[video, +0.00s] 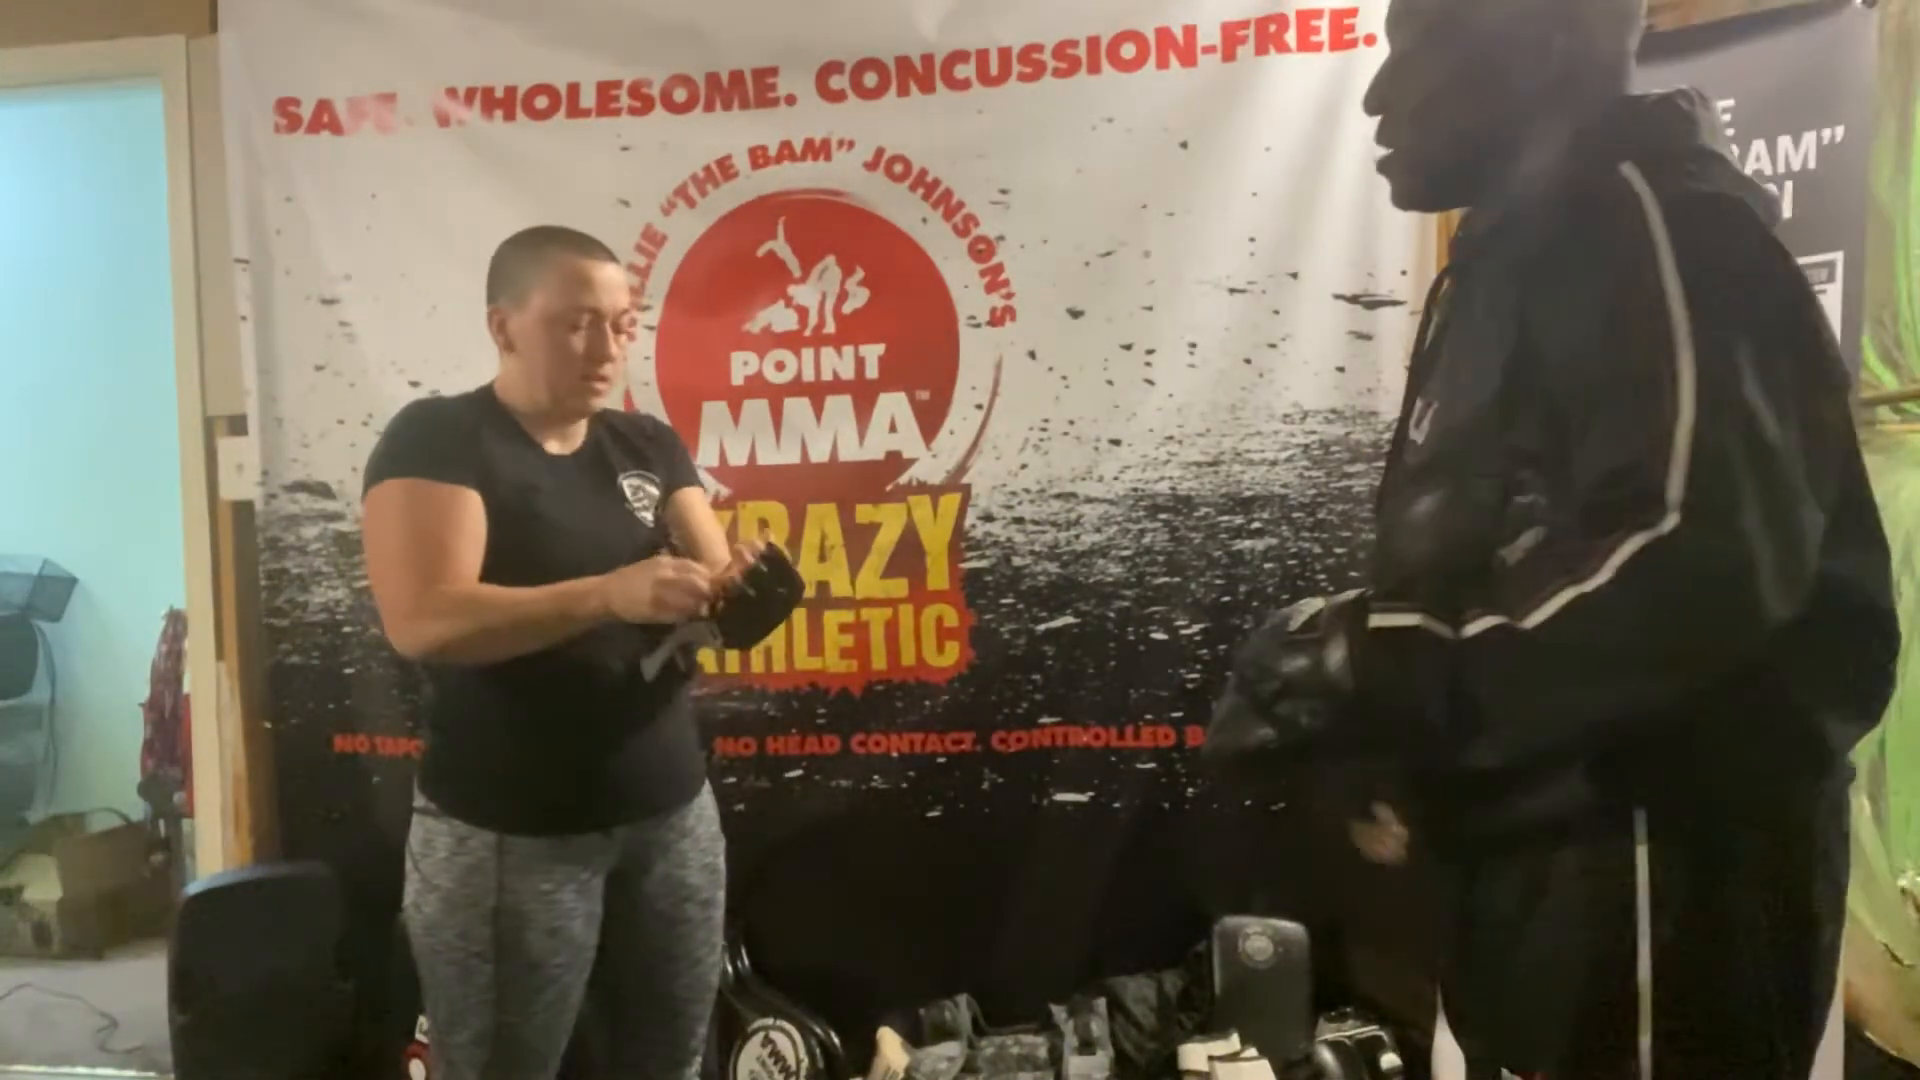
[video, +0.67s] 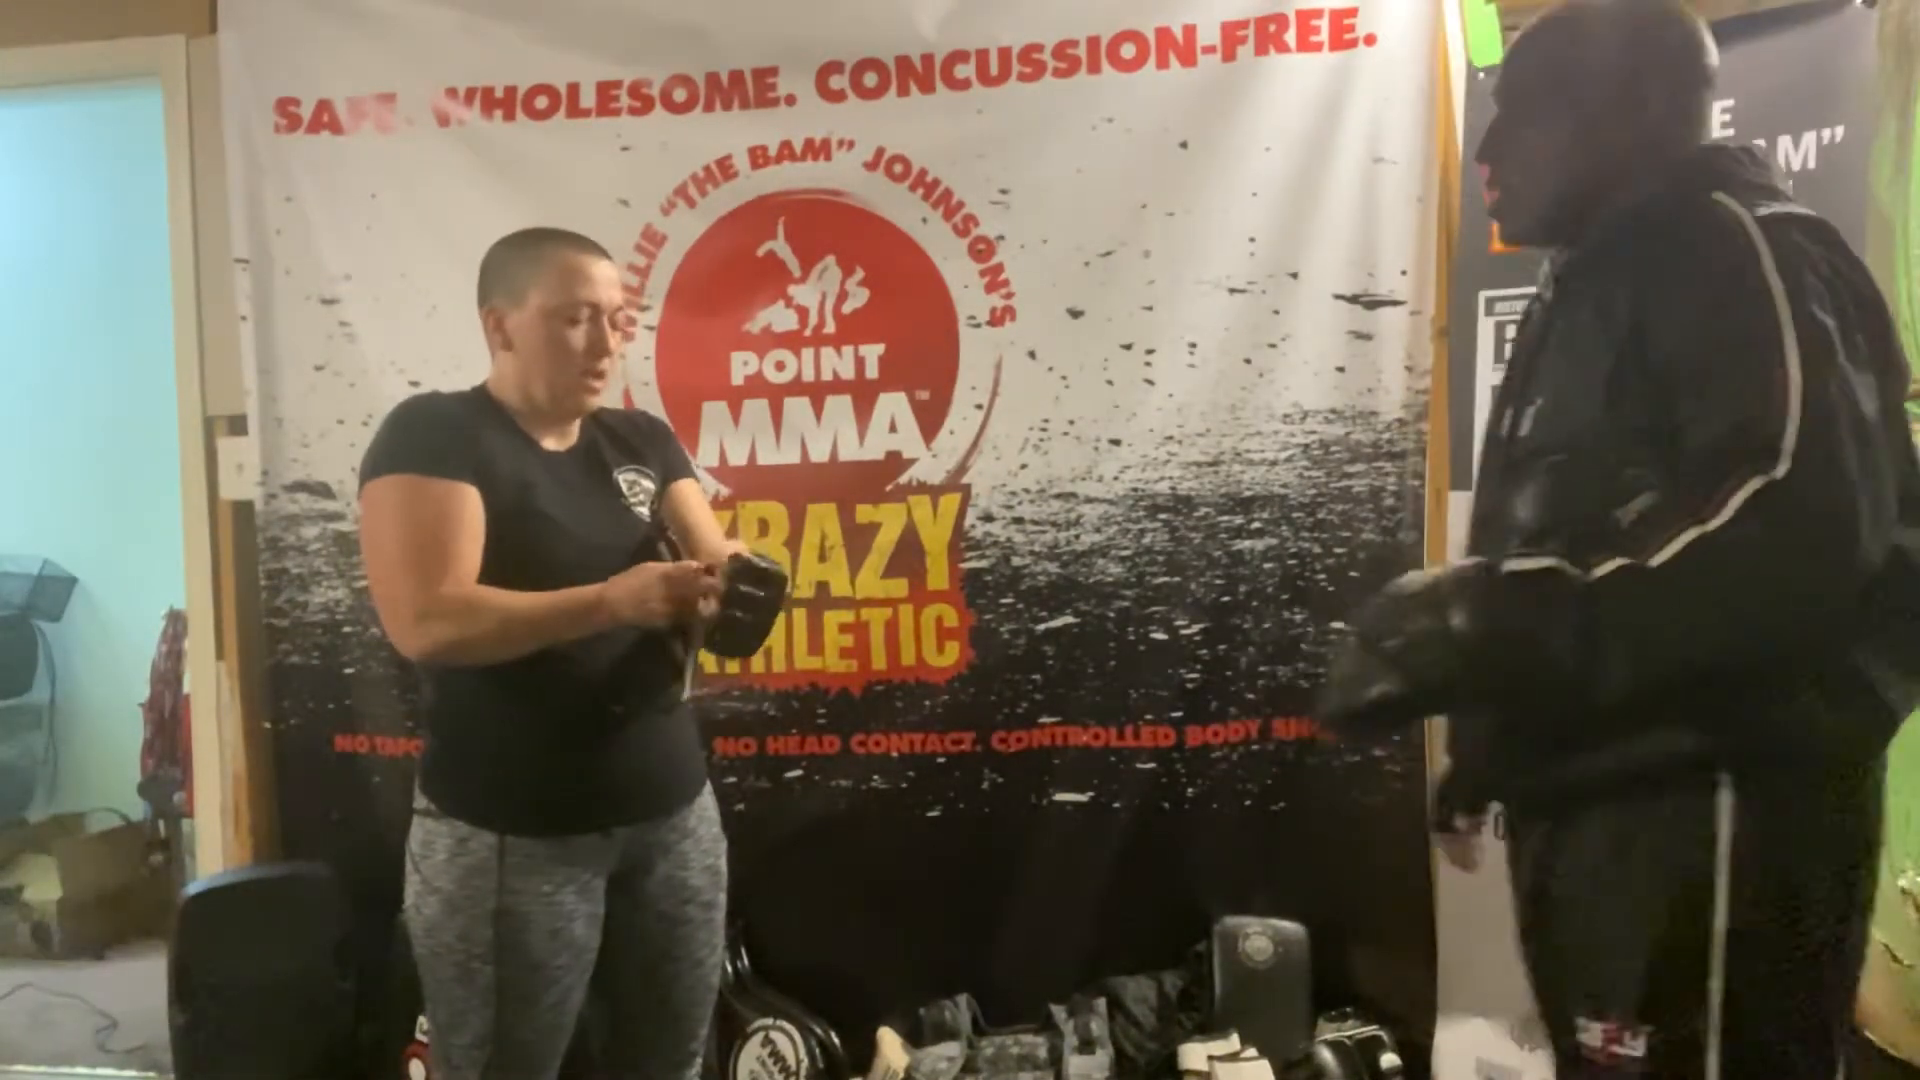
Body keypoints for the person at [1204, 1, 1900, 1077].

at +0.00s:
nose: (1374, 90)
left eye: (1411, 37)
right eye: (1389, 45)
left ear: (1540, 40)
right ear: (1533, 49)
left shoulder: (1638, 203)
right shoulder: (1507, 243)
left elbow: (1713, 552)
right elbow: (1476, 551)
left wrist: (1389, 679)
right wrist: (1336, 636)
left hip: (1662, 885)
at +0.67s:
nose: (1482, 148)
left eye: (1515, 108)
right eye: (1493, 112)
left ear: (1611, 112)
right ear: (1623, 116)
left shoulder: (1728, 236)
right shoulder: (1597, 276)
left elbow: (1799, 514)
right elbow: (1556, 529)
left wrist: (1495, 620)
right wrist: (1482, 753)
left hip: (1719, 801)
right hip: (1611, 796)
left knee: (1706, 1061)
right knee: (1612, 1059)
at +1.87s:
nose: (1638, 108)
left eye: (1667, 73)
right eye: (1648, 78)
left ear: (1774, 63)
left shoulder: (1891, 217)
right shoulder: (1701, 311)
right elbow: (1670, 581)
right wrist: (1610, 744)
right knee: (1643, 1052)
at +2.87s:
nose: (1608, 57)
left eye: (1654, 34)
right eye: (1617, 38)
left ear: (1765, 65)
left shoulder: (1846, 229)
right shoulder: (1639, 285)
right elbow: (1584, 548)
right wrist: (1533, 766)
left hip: (1794, 808)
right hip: (1635, 811)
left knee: (1799, 1053)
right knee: (1617, 1053)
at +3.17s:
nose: (1503, 142)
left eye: (1532, 104)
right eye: (1508, 116)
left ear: (1639, 112)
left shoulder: (1765, 230)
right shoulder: (1539, 338)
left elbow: (1890, 452)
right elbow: (1508, 591)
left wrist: (1598, 596)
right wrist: (1423, 768)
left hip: (1766, 775)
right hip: (1591, 790)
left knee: (1762, 1057)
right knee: (1595, 1053)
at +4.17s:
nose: (1629, 69)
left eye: (1676, 35)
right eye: (1622, 47)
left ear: (1805, 51)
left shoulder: (1884, 227)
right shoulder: (1613, 300)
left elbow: (1894, 572)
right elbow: (1543, 564)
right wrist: (1447, 732)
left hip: (1823, 842)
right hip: (1617, 839)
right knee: (1592, 1058)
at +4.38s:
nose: (1643, 40)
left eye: (1681, 9)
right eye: (1645, 19)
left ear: (1822, 24)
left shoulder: (1892, 196)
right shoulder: (1643, 305)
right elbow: (1615, 591)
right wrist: (1516, 753)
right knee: (1590, 1057)